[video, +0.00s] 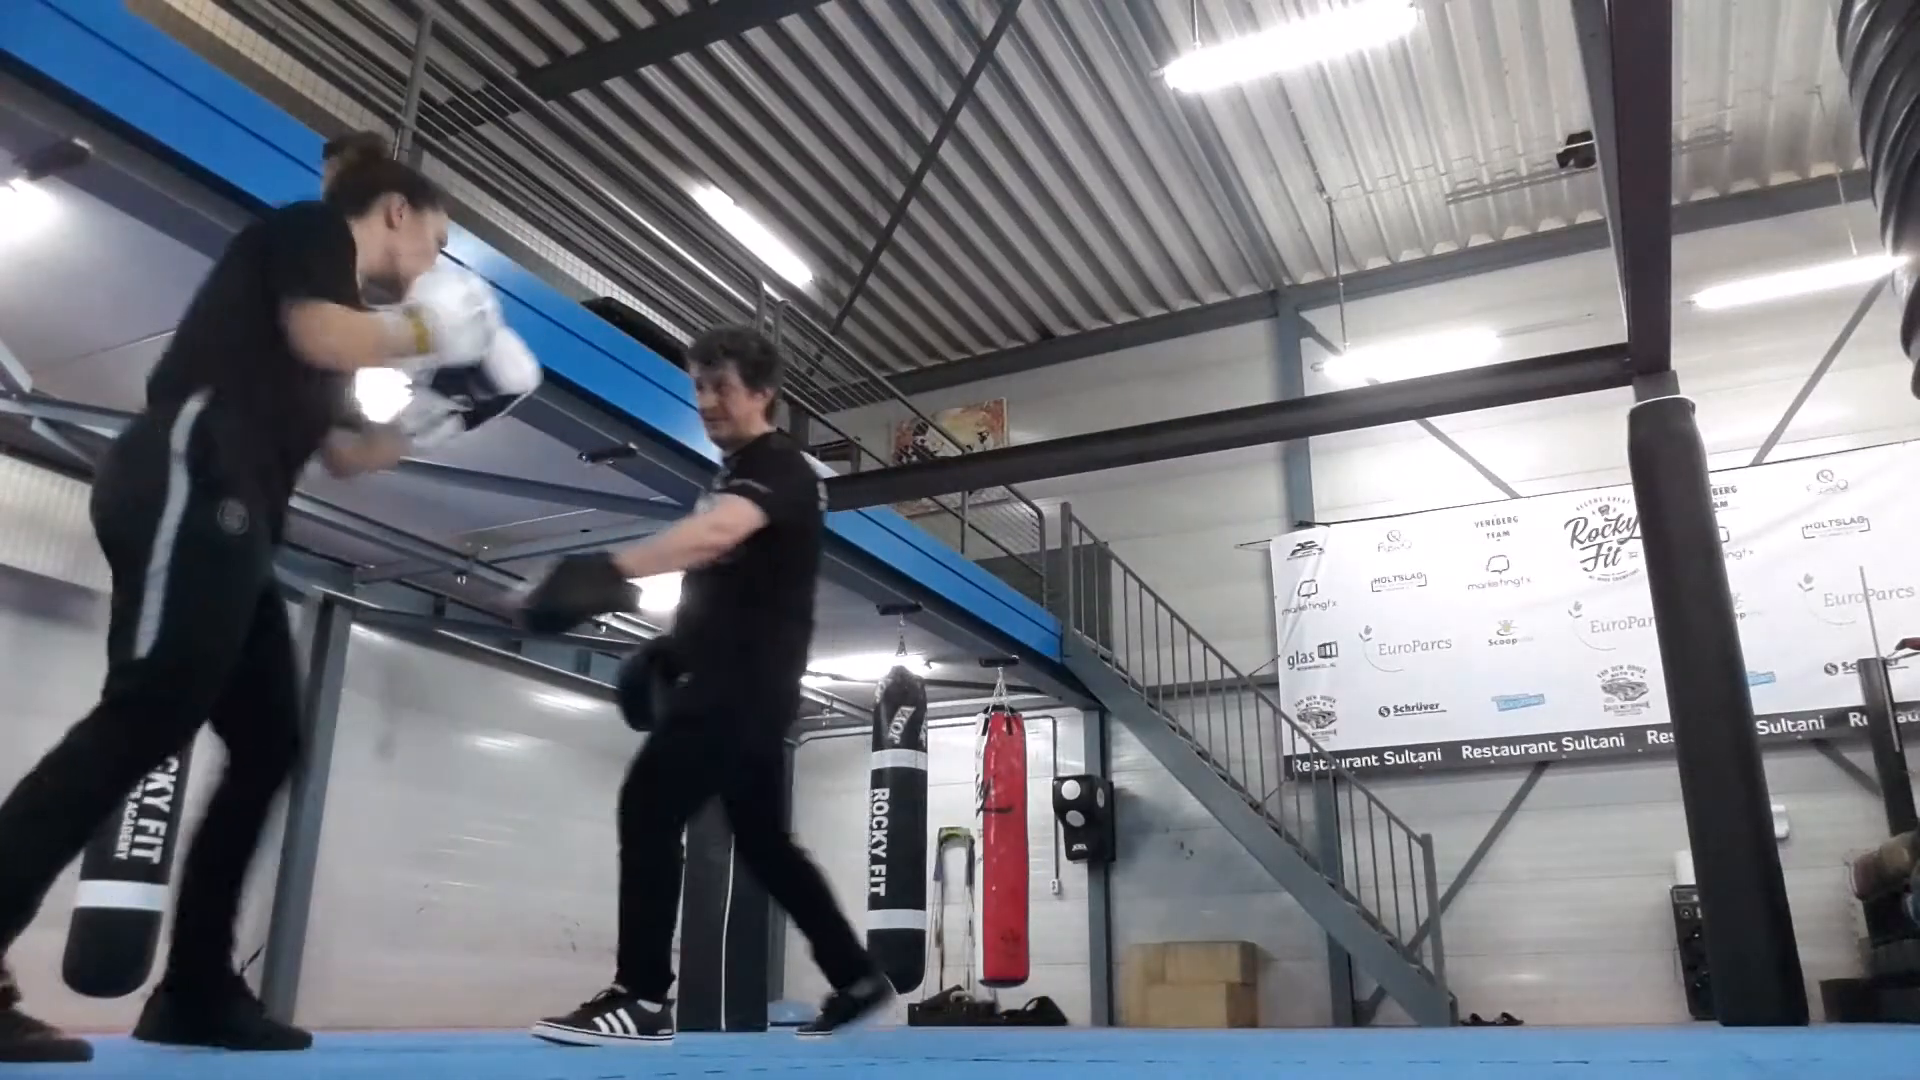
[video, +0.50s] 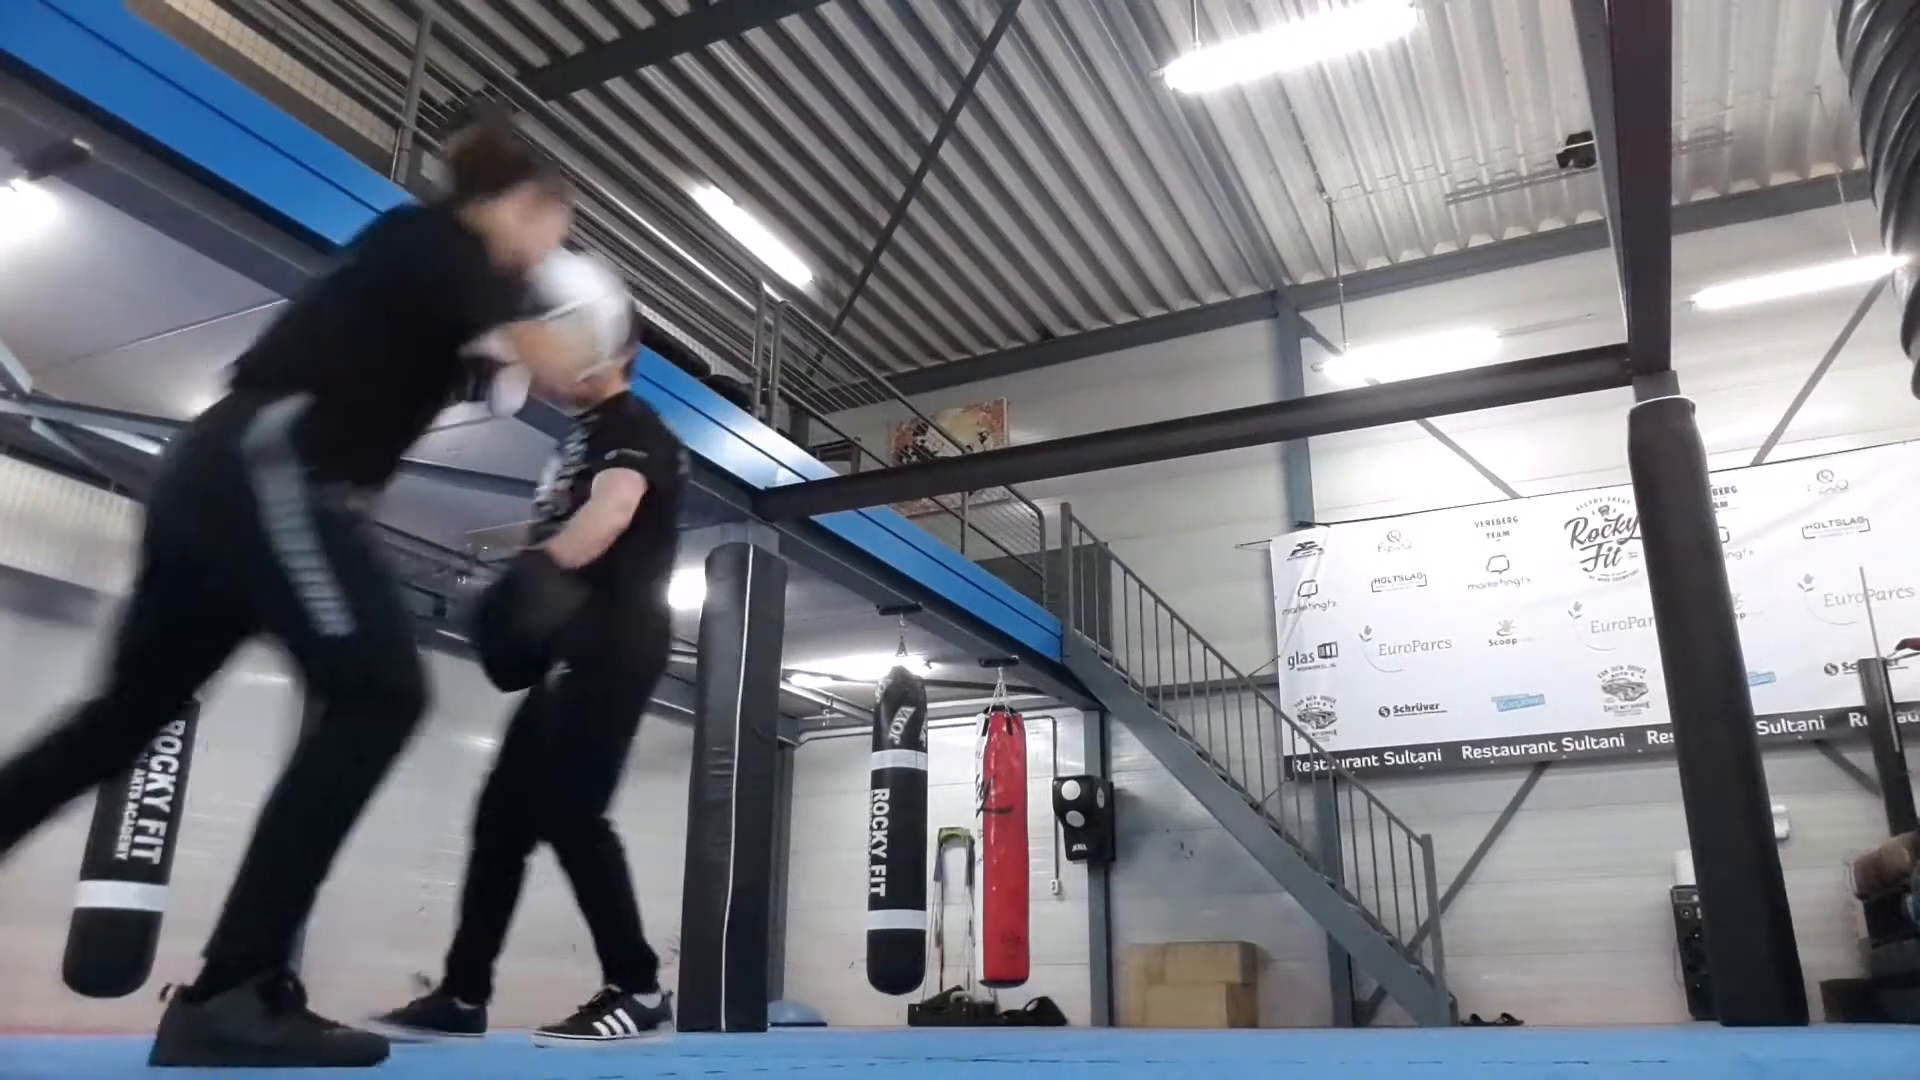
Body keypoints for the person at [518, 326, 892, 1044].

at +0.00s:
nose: (706, 403)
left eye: (720, 389)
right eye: (700, 391)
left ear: (765, 393)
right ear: (702, 395)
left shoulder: (775, 462)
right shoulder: (748, 473)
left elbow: (716, 533)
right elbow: (734, 600)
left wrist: (609, 568)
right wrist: (667, 653)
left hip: (738, 688)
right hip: (741, 688)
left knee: (648, 806)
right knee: (764, 845)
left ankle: (642, 998)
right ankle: (860, 982)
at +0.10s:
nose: (682, 379)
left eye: (696, 364)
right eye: (677, 366)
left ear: (739, 369)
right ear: (679, 371)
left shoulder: (754, 445)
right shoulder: (722, 452)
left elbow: (678, 520)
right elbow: (713, 578)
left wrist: (566, 557)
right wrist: (652, 638)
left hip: (722, 662)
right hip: (702, 661)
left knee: (640, 797)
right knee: (688, 824)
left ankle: (646, 998)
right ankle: (808, 948)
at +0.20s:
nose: (661, 361)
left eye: (676, 345)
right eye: (653, 347)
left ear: (721, 350)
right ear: (652, 349)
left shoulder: (730, 424)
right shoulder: (697, 428)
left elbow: (643, 501)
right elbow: (689, 553)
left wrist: (520, 535)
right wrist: (631, 619)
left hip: (712, 636)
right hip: (685, 636)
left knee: (640, 805)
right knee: (631, 805)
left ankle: (651, 994)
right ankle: (725, 943)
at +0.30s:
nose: (634, 351)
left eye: (648, 336)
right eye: (627, 338)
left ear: (694, 339)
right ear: (625, 342)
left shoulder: (700, 417)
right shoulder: (669, 422)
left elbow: (614, 495)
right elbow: (661, 549)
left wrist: (496, 532)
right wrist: (600, 607)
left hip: (687, 638)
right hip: (647, 639)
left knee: (627, 796)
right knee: (579, 792)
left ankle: (648, 992)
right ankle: (622, 974)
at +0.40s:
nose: (598, 351)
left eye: (613, 336)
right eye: (590, 337)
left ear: (658, 341)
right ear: (587, 342)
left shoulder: (670, 420)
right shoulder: (625, 429)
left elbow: (600, 506)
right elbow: (619, 553)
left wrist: (496, 554)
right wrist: (560, 612)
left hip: (654, 648)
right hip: (608, 647)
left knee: (612, 807)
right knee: (548, 807)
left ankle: (645, 996)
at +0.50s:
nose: (548, 370)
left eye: (562, 352)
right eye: (550, 353)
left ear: (603, 357)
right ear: (613, 357)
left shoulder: (631, 429)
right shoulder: (590, 433)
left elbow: (612, 511)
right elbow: (565, 522)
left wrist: (539, 566)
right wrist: (506, 539)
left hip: (619, 647)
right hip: (582, 645)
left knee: (569, 811)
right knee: (505, 809)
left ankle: (637, 991)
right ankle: (462, 994)